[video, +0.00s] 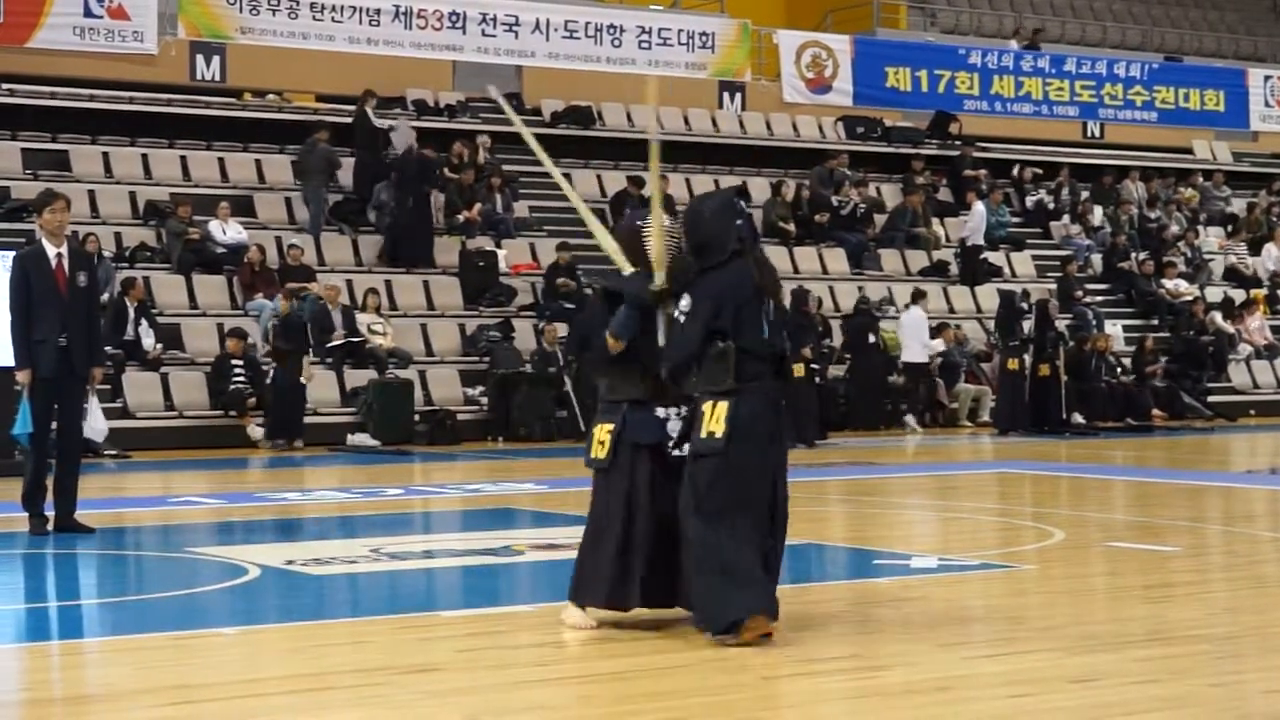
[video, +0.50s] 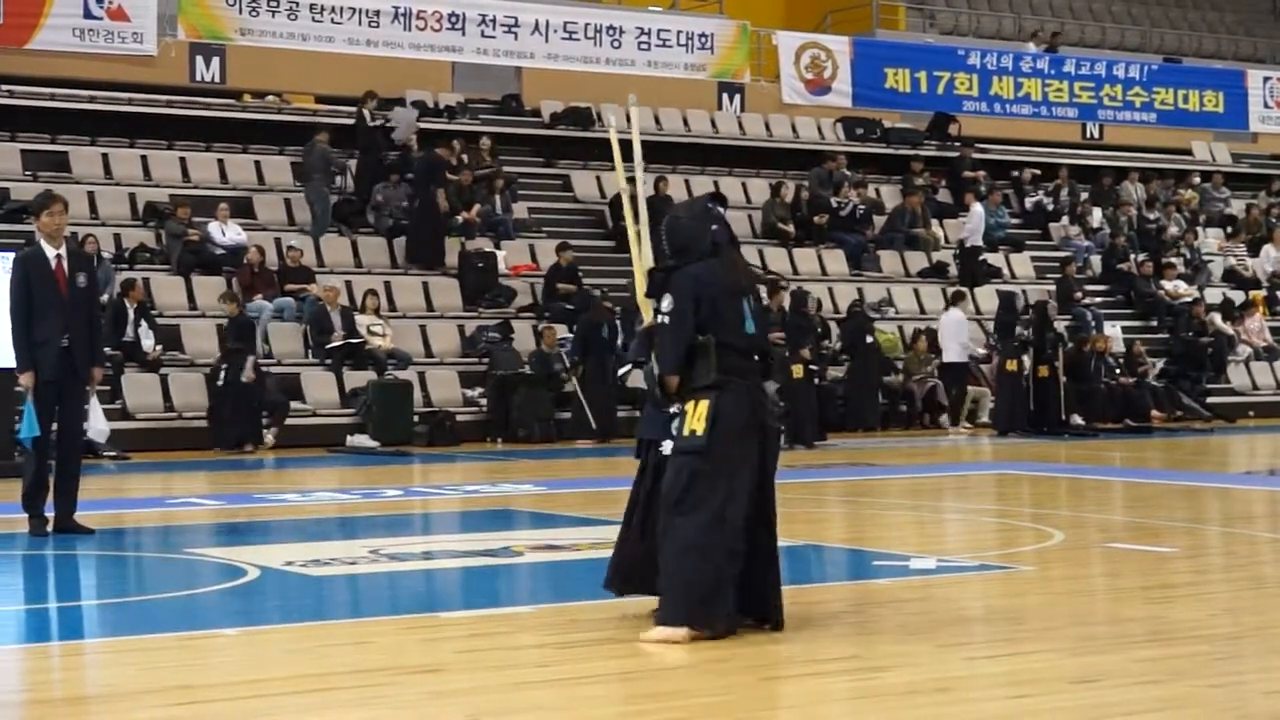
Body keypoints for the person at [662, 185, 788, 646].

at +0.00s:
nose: (688, 240)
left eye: (692, 231)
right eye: (688, 231)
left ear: (707, 234)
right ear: (742, 229)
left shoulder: (713, 284)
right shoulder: (761, 277)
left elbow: (680, 352)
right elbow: (772, 343)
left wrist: (667, 370)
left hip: (730, 408)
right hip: (767, 404)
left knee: (707, 508)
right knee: (754, 505)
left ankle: (748, 609)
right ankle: (755, 604)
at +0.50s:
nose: (669, 244)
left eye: (673, 236)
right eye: (670, 236)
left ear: (685, 239)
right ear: (718, 234)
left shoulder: (687, 281)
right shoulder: (741, 278)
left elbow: (672, 362)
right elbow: (757, 346)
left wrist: (671, 387)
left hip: (711, 406)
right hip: (751, 403)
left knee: (688, 504)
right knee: (742, 505)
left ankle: (684, 614)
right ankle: (749, 605)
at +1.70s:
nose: (718, 233)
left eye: (722, 227)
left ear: (730, 230)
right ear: (778, 229)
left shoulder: (719, 278)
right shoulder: (804, 280)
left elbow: (697, 349)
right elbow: (820, 351)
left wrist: (712, 373)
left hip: (745, 406)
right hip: (801, 405)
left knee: (732, 510)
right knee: (811, 503)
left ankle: (716, 619)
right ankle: (824, 610)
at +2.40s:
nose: (772, 220)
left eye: (776, 212)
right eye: (775, 212)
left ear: (785, 217)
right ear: (825, 212)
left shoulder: (773, 267)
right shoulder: (850, 265)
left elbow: (751, 338)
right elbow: (860, 338)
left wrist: (752, 360)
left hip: (791, 393)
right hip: (842, 390)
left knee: (774, 496)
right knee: (846, 493)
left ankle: (765, 607)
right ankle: (853, 604)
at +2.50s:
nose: (781, 229)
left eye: (783, 222)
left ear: (789, 226)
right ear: (833, 224)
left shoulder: (776, 279)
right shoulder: (855, 281)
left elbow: (750, 347)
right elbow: (865, 345)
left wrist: (756, 369)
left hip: (797, 405)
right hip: (852, 404)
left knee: (783, 505)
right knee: (866, 504)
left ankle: (773, 615)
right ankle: (897, 608)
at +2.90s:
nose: (840, 242)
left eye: (846, 232)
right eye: (840, 231)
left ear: (864, 235)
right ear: (894, 231)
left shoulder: (868, 283)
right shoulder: (914, 274)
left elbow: (848, 356)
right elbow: (921, 342)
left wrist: (836, 379)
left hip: (887, 408)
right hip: (929, 404)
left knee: (845, 505)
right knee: (917, 511)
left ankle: (826, 615)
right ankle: (914, 612)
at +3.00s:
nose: (848, 237)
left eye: (855, 228)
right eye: (848, 227)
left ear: (875, 232)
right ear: (904, 229)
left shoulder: (876, 282)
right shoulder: (927, 276)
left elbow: (857, 354)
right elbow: (939, 345)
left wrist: (841, 377)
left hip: (894, 409)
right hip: (940, 407)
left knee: (856, 506)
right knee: (944, 513)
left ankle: (843, 617)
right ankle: (950, 618)